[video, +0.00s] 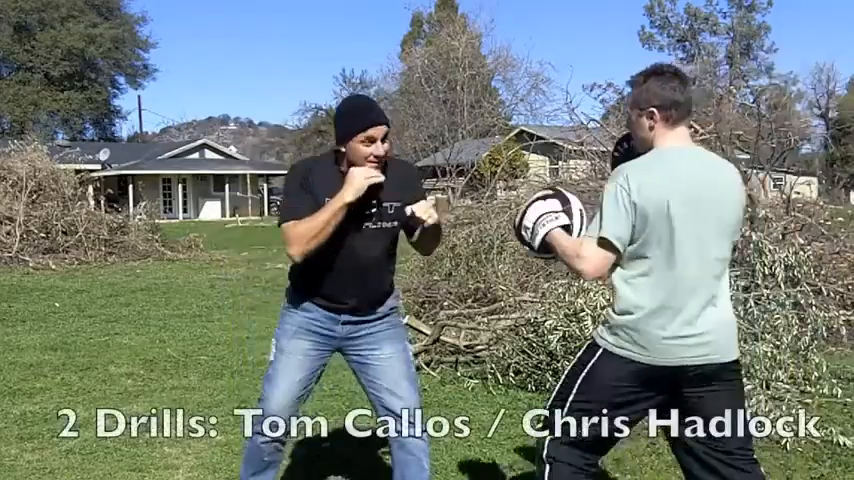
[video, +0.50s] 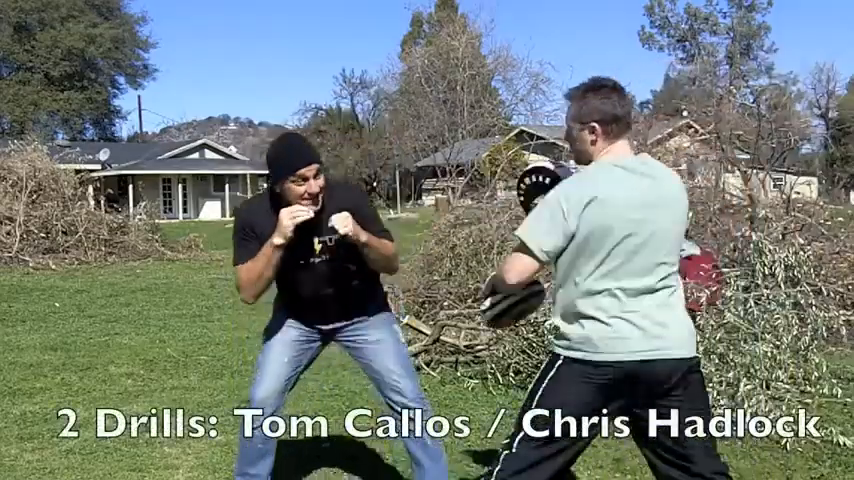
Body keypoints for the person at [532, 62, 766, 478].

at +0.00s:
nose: (629, 127)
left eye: (632, 116)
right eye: (629, 116)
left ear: (652, 117)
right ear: (684, 115)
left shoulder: (632, 176)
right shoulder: (729, 176)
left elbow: (593, 264)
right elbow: (705, 245)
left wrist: (549, 228)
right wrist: (642, 166)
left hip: (633, 348)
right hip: (713, 351)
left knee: (566, 447)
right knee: (732, 464)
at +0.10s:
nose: (589, 128)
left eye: (591, 117)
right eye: (589, 117)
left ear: (609, 118)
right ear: (644, 114)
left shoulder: (584, 178)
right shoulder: (692, 174)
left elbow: (511, 236)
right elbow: (695, 238)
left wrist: (495, 189)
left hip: (598, 352)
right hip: (684, 352)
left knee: (544, 460)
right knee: (714, 462)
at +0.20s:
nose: (549, 152)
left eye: (549, 143)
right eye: (550, 143)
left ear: (562, 145)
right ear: (602, 140)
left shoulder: (539, 195)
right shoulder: (652, 192)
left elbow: (452, 201)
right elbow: (663, 254)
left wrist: (415, 164)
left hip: (571, 368)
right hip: (655, 367)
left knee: (505, 465)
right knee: (694, 462)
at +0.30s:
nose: (525, 172)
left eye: (525, 163)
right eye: (525, 163)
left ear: (540, 162)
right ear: (578, 153)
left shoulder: (528, 209)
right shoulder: (637, 208)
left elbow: (452, 213)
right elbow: (642, 267)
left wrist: (413, 194)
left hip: (563, 374)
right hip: (644, 375)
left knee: (485, 462)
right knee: (675, 461)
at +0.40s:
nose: (533, 159)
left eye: (535, 151)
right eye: (532, 150)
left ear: (556, 156)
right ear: (592, 149)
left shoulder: (538, 207)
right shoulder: (644, 202)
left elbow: (459, 251)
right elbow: (652, 262)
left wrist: (455, 233)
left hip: (564, 376)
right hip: (649, 375)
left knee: (491, 464)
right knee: (679, 469)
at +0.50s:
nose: (568, 141)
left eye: (570, 132)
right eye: (567, 131)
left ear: (594, 133)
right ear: (626, 127)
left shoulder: (576, 189)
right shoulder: (672, 184)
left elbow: (515, 273)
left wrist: (497, 288)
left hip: (590, 358)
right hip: (672, 356)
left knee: (524, 468)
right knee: (700, 470)